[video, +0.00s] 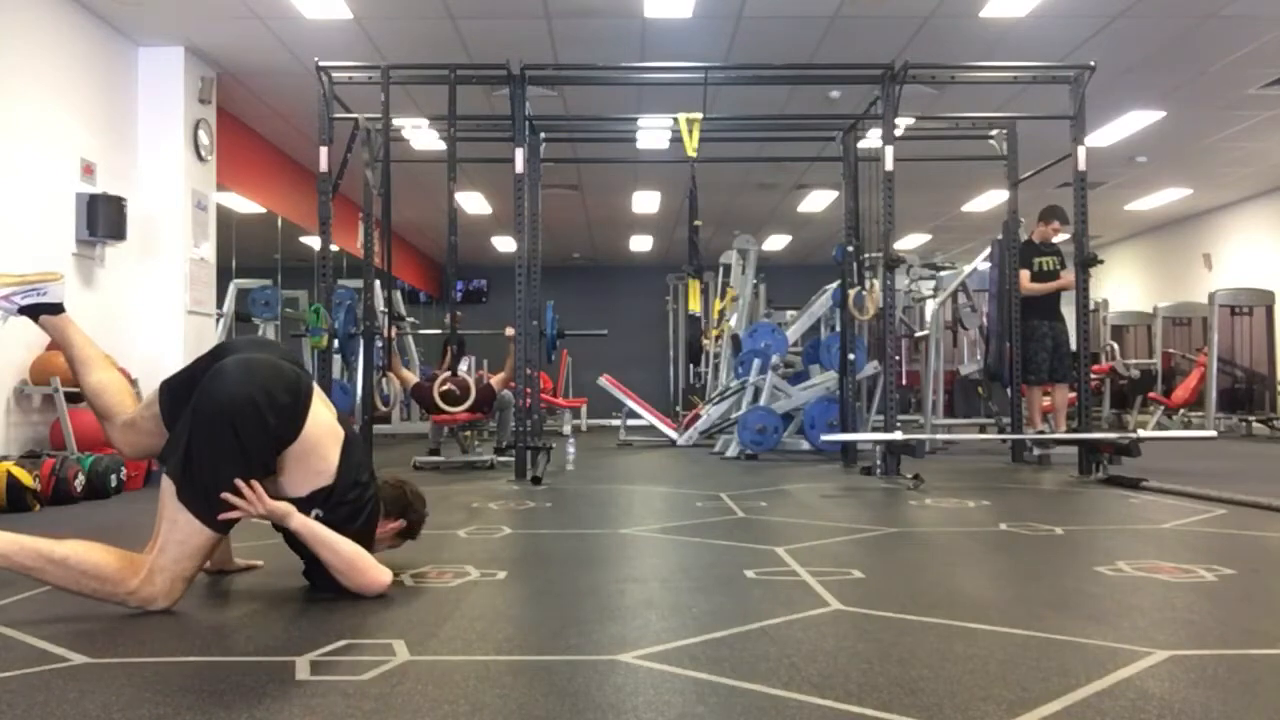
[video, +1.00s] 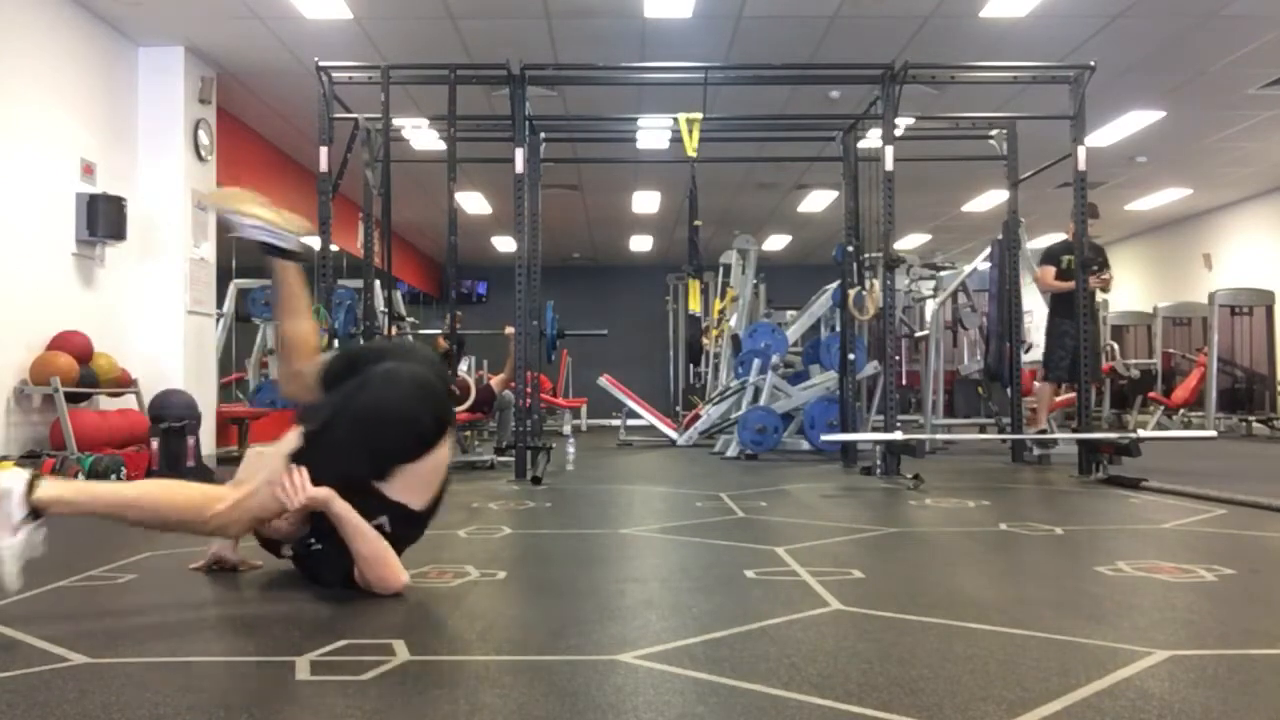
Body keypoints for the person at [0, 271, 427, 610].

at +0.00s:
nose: (388, 546)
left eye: (394, 540)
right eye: (396, 538)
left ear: (380, 505)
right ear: (390, 526)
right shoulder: (355, 516)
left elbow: (225, 464)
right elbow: (374, 581)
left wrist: (221, 553)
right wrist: (287, 514)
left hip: (254, 356)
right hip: (258, 399)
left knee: (131, 433)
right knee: (153, 586)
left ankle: (48, 312)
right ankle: (4, 542)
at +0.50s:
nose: (374, 560)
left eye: (377, 550)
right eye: (379, 551)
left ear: (364, 509)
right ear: (377, 540)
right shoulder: (351, 529)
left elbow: (229, 455)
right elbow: (376, 581)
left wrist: (220, 551)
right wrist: (290, 516)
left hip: (259, 354)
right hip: (260, 398)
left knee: (146, 429)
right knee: (154, 582)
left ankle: (60, 313)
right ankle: (4, 543)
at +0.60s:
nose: (333, 584)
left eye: (331, 582)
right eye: (339, 583)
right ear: (341, 567)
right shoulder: (348, 533)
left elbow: (238, 464)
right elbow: (379, 580)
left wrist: (221, 556)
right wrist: (292, 515)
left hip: (281, 353)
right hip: (280, 397)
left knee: (170, 419)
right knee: (155, 575)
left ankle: (87, 294)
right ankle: (2, 542)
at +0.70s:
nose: (306, 548)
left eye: (307, 551)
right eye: (311, 550)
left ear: (306, 549)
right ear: (334, 554)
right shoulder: (352, 541)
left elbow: (228, 455)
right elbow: (383, 579)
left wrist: (222, 553)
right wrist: (303, 512)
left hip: (308, 350)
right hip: (306, 393)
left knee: (195, 407)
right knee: (164, 561)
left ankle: (123, 279)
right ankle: (5, 541)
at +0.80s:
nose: (274, 523)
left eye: (276, 527)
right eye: (284, 526)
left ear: (283, 528)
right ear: (303, 536)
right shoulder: (332, 558)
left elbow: (251, 450)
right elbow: (391, 581)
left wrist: (225, 556)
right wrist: (319, 504)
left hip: (340, 350)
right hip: (354, 387)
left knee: (232, 390)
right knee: (182, 532)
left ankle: (177, 259)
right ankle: (8, 532)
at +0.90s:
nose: (272, 521)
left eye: (271, 521)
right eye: (272, 529)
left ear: (280, 519)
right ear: (288, 548)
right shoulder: (324, 558)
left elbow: (273, 439)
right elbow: (392, 581)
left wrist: (227, 544)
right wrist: (327, 504)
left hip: (365, 352)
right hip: (396, 386)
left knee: (274, 383)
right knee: (204, 512)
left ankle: (240, 244)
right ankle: (15, 512)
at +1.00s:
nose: (275, 524)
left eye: (273, 531)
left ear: (274, 535)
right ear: (298, 542)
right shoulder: (329, 557)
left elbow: (267, 451)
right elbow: (393, 581)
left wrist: (230, 543)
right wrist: (331, 505)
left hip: (402, 367)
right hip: (412, 403)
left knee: (301, 381)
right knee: (231, 510)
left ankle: (284, 248)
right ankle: (34, 492)